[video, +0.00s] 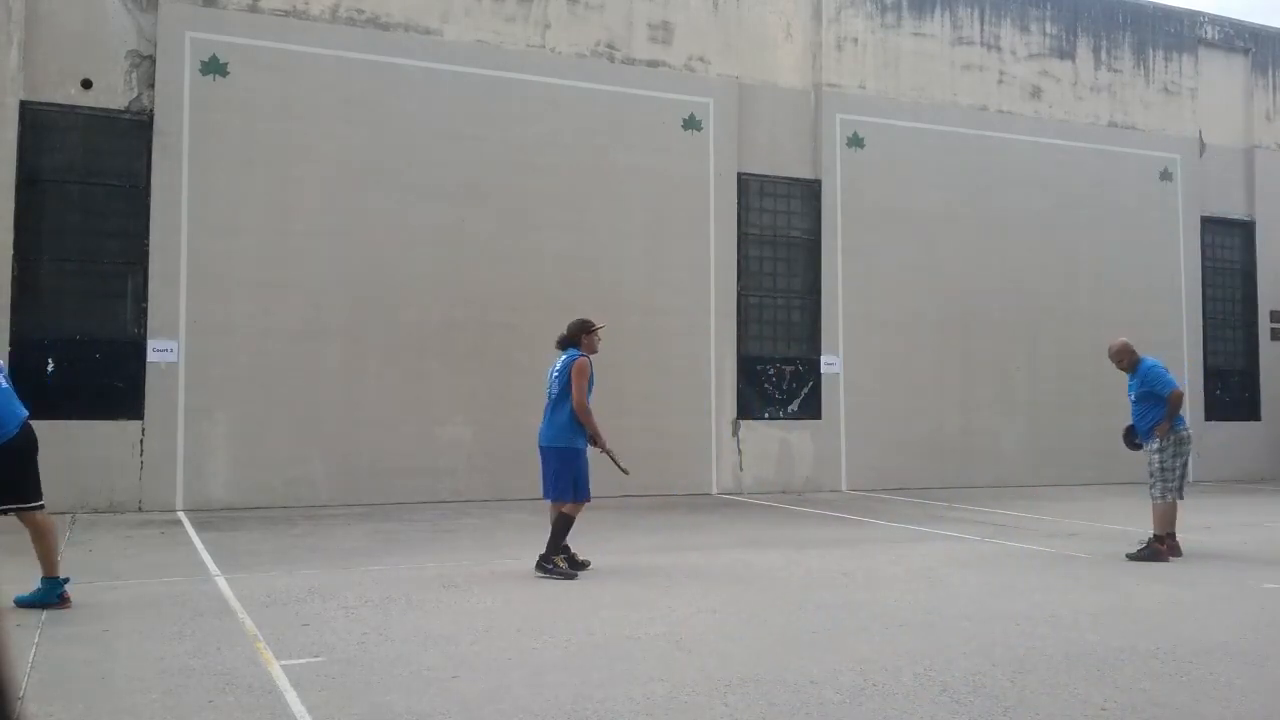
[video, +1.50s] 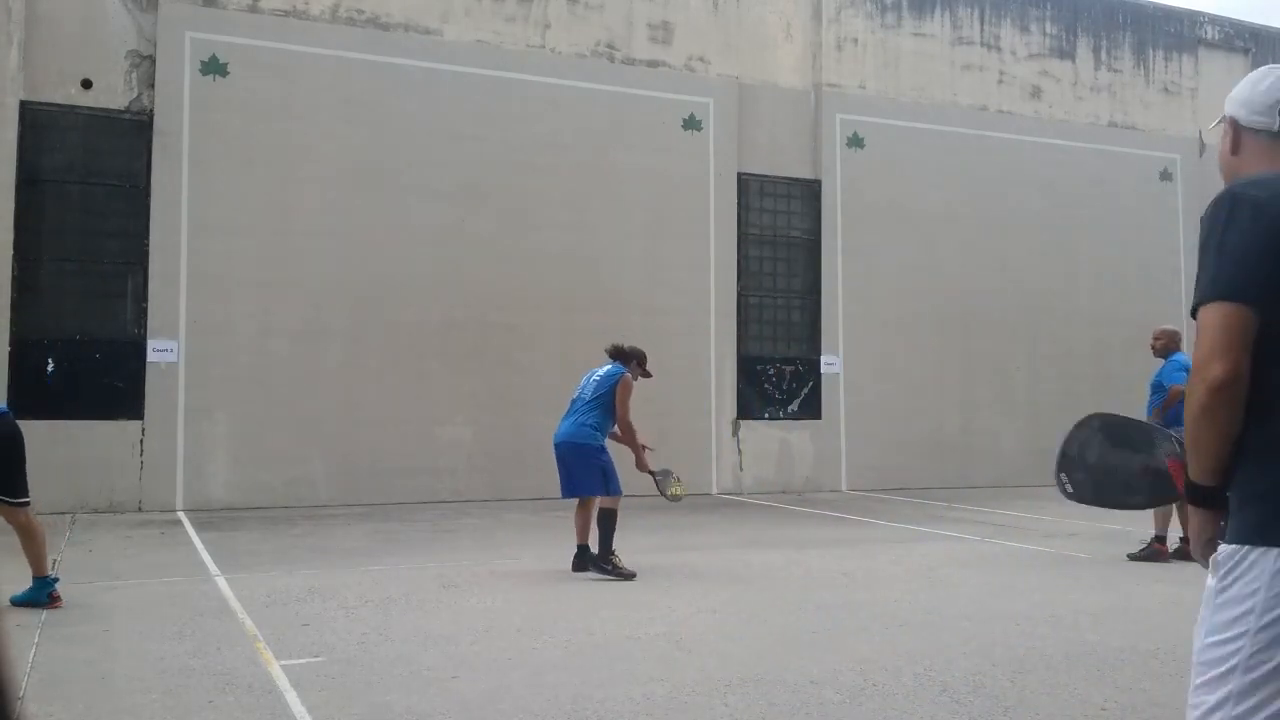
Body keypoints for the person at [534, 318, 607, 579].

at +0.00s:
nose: (599, 340)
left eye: (598, 336)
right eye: (596, 336)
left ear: (579, 339)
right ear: (584, 338)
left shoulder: (562, 361)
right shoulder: (581, 361)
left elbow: (567, 407)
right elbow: (580, 403)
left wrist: (589, 434)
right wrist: (596, 433)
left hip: (552, 439)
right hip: (567, 441)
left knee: (559, 497)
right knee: (578, 498)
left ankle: (561, 551)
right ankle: (549, 558)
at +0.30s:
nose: (608, 342)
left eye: (607, 338)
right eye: (605, 338)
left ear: (587, 341)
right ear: (592, 340)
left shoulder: (567, 361)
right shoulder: (593, 362)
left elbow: (573, 406)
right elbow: (597, 404)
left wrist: (596, 430)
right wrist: (609, 433)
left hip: (552, 440)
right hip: (574, 441)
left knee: (564, 496)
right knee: (590, 495)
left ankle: (563, 555)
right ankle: (587, 560)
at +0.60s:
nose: (621, 360)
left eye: (623, 356)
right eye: (622, 355)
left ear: (599, 348)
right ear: (613, 350)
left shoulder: (577, 364)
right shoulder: (609, 366)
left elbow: (588, 412)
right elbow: (608, 410)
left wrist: (618, 428)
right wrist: (622, 435)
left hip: (560, 441)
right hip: (583, 442)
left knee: (575, 497)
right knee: (598, 498)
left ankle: (567, 554)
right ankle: (594, 561)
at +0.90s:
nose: (634, 361)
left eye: (635, 355)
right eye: (632, 354)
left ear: (610, 350)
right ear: (621, 350)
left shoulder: (588, 365)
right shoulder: (620, 369)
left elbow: (593, 418)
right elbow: (622, 414)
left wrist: (626, 428)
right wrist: (643, 428)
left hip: (563, 440)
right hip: (587, 442)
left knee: (581, 499)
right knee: (602, 499)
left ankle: (581, 555)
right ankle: (595, 560)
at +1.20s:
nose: (635, 358)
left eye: (635, 353)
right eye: (632, 353)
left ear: (612, 353)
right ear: (619, 352)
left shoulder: (590, 370)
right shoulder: (619, 371)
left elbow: (598, 420)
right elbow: (623, 416)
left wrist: (631, 434)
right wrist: (646, 433)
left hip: (563, 440)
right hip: (586, 441)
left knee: (588, 497)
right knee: (612, 495)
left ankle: (581, 555)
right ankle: (598, 557)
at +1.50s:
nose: (637, 378)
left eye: (640, 375)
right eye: (639, 373)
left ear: (618, 361)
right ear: (634, 364)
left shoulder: (595, 374)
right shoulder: (625, 376)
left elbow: (600, 426)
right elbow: (623, 422)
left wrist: (632, 443)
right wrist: (639, 456)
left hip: (563, 439)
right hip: (587, 440)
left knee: (587, 496)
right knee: (611, 493)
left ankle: (582, 555)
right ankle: (605, 557)